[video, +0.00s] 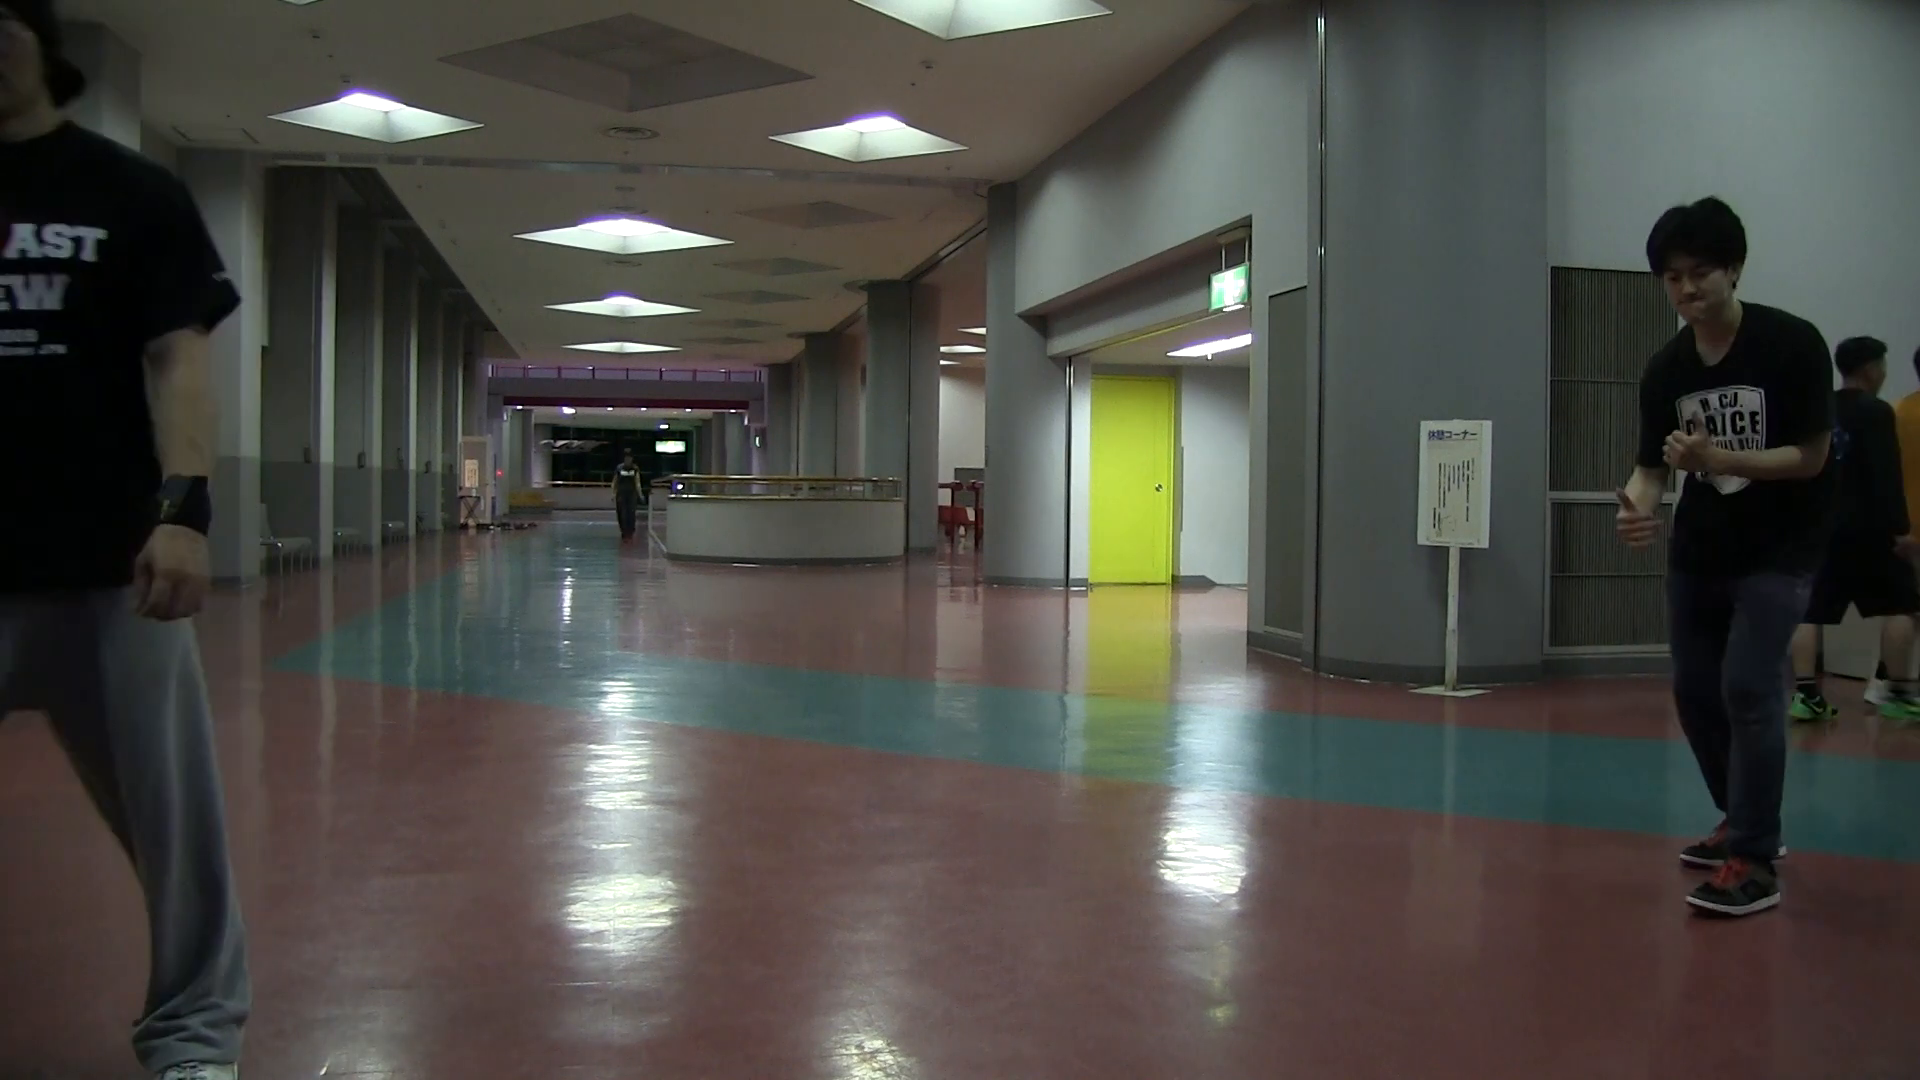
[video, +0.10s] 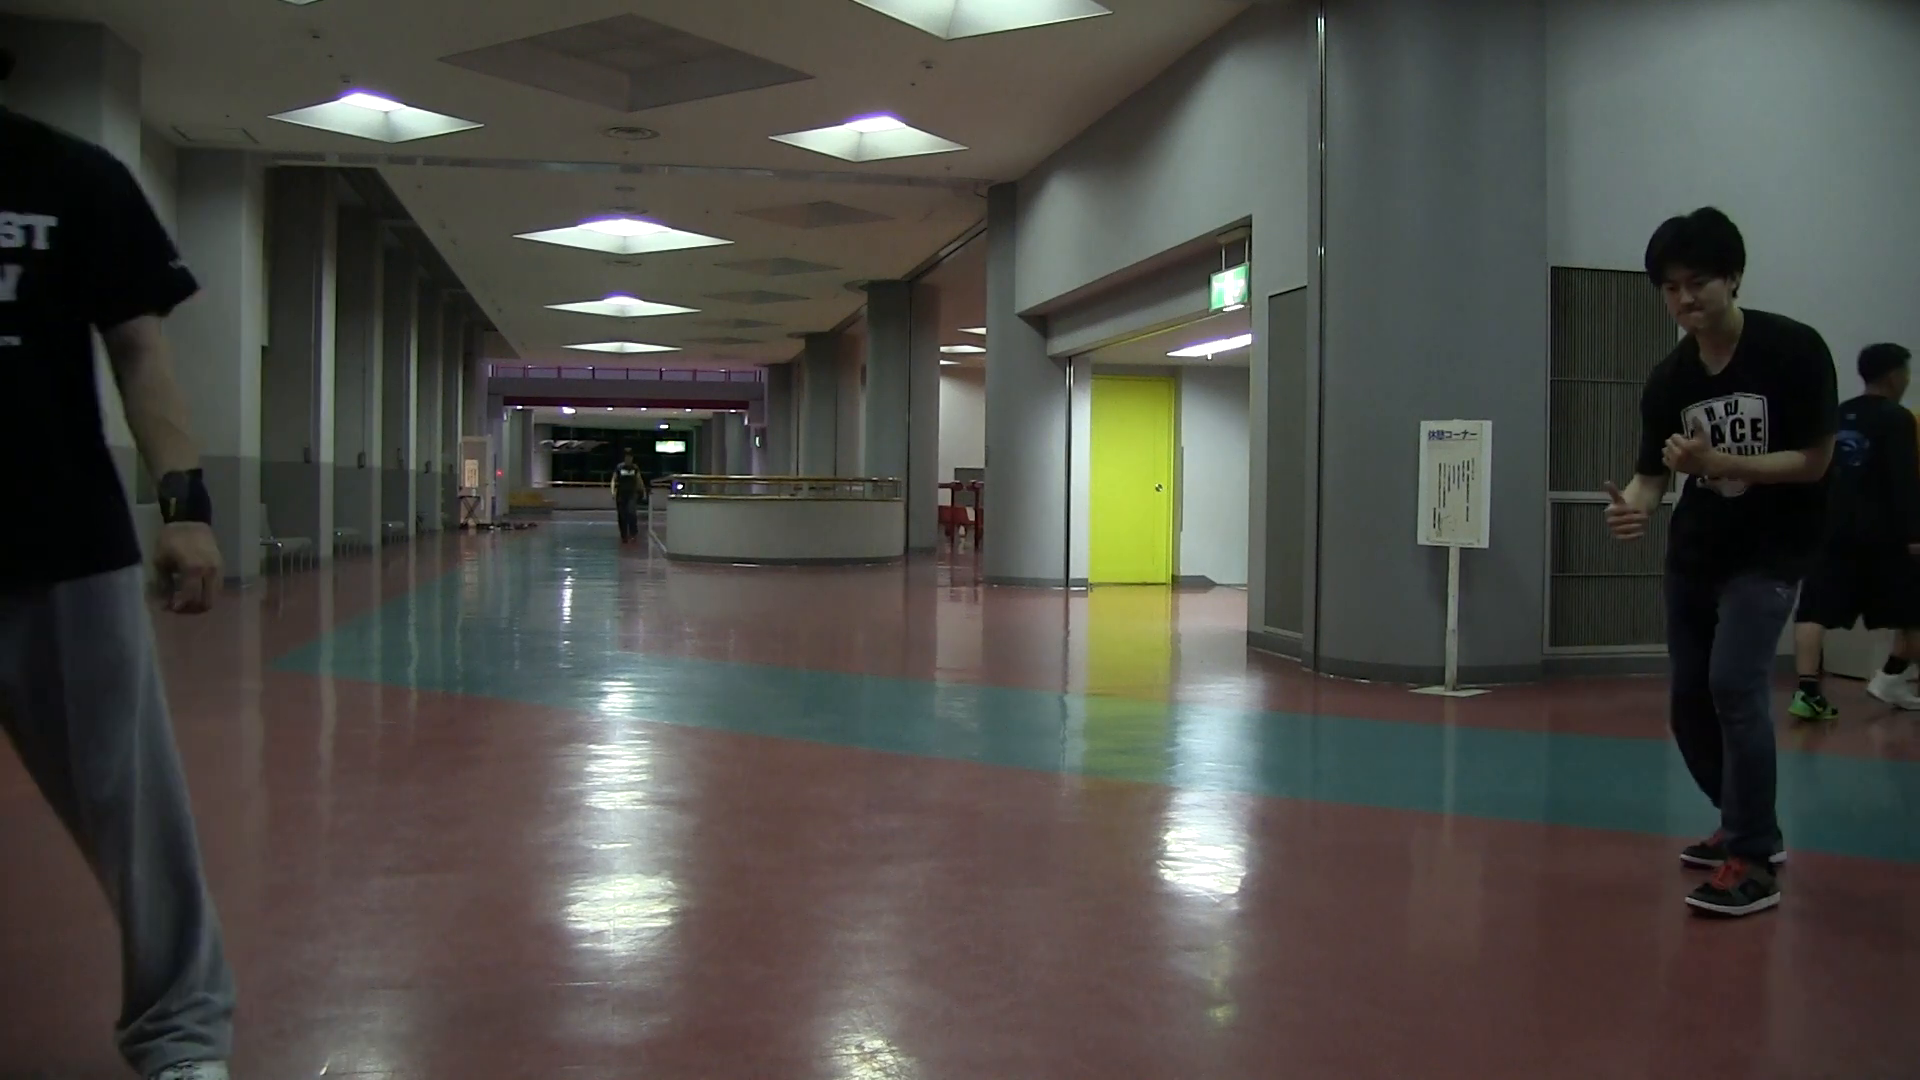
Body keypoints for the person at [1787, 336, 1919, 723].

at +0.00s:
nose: (1884, 373)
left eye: (1883, 365)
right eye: (1881, 366)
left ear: (1843, 369)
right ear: (1867, 369)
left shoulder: (1819, 408)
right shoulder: (1877, 412)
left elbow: (1807, 476)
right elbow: (1888, 476)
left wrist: (1807, 522)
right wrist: (1900, 528)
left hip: (1822, 527)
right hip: (1869, 528)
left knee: (1809, 611)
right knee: (1900, 607)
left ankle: (1805, 694)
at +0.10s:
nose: (1906, 380)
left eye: (1904, 373)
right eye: (1903, 374)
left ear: (1866, 376)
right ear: (1893, 376)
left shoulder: (1839, 414)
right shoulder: (1900, 420)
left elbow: (1821, 477)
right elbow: (1906, 483)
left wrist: (1817, 523)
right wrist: (1911, 532)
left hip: (1835, 531)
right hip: (1886, 536)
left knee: (1811, 609)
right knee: (1911, 605)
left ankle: (1807, 692)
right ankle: (1893, 675)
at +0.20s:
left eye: (1917, 377)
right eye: (1919, 378)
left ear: (1891, 379)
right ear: (1916, 380)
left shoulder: (1861, 418)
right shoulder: (1914, 421)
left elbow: (1843, 479)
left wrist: (1838, 530)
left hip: (1855, 533)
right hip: (1905, 536)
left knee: (1836, 604)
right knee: (1916, 614)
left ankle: (1811, 680)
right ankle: (1912, 668)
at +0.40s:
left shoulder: (1905, 409)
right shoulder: (1904, 410)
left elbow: (1878, 462)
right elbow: (1880, 462)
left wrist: (1902, 488)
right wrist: (1902, 488)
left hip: (1901, 521)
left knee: (1892, 593)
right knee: (1892, 594)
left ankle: (1860, 646)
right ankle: (1861, 646)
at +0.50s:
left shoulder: (1911, 413)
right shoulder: (1910, 413)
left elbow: (1889, 460)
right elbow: (1891, 460)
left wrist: (1911, 481)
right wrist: (1910, 482)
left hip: (1910, 525)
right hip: (1909, 525)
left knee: (1906, 595)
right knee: (1905, 595)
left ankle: (1892, 656)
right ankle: (1892, 656)